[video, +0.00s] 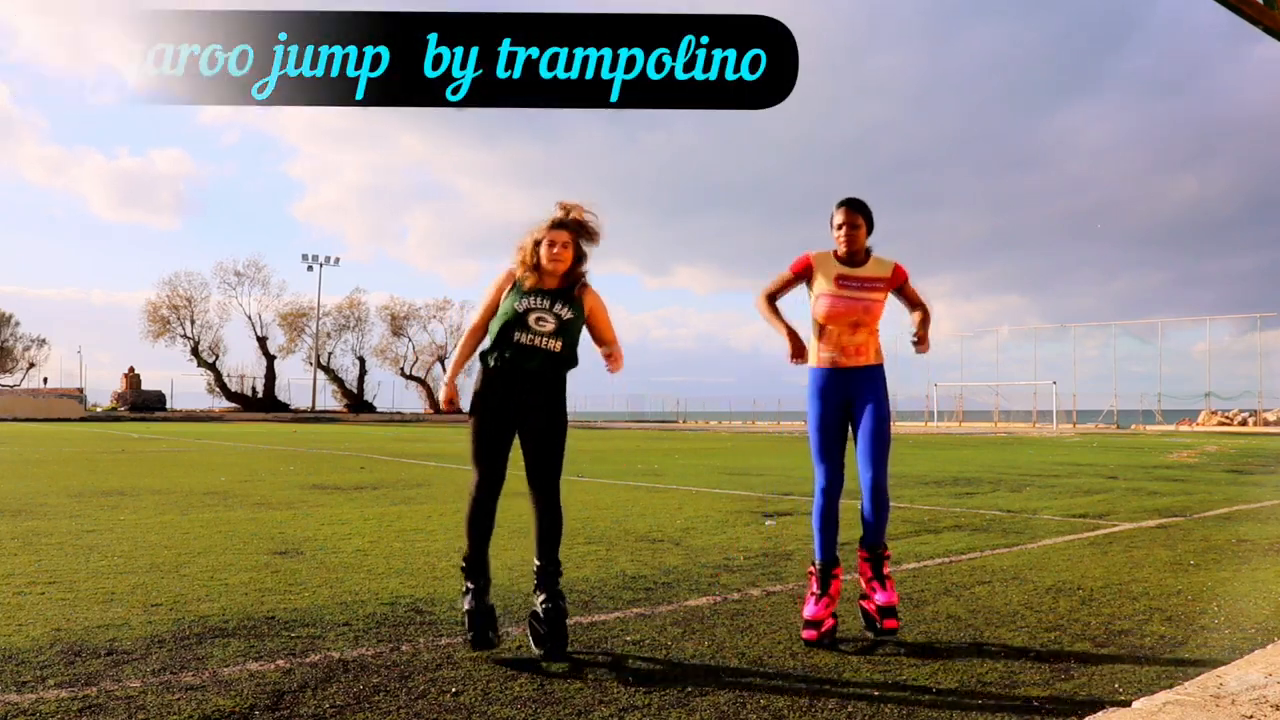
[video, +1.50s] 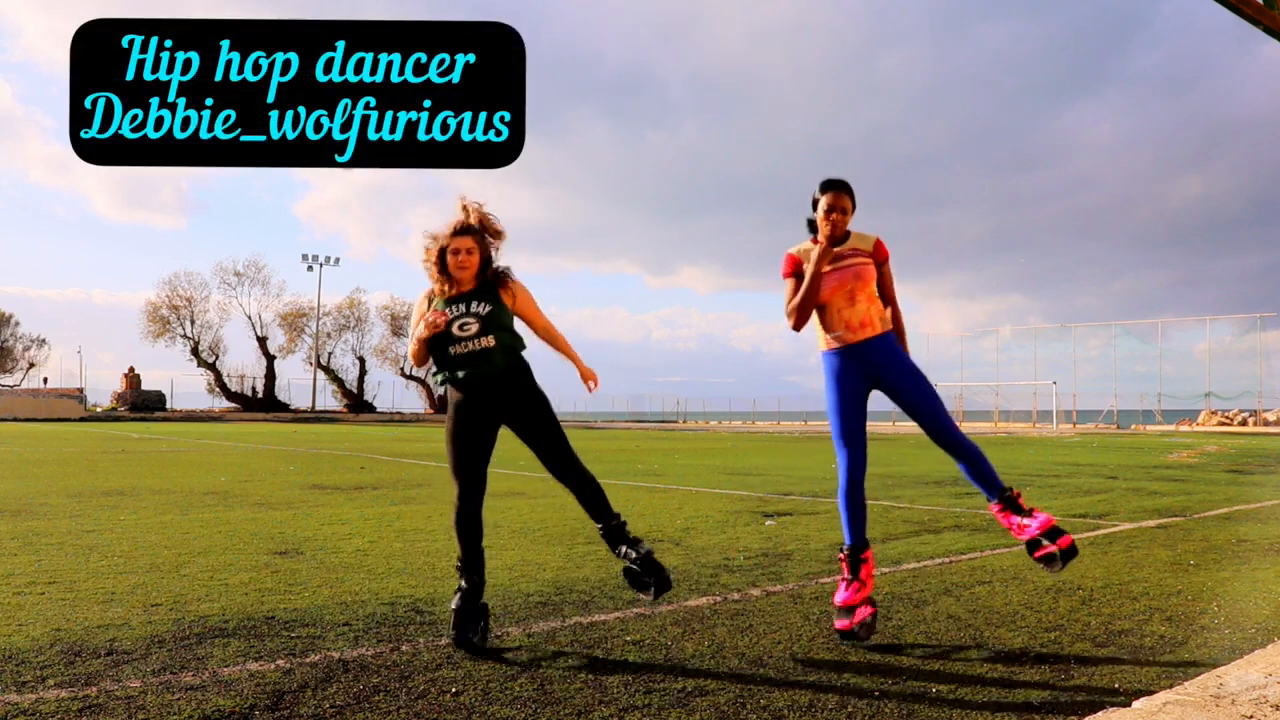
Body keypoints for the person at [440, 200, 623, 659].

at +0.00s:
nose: (555, 250)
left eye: (565, 246)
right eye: (549, 242)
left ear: (576, 254)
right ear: (537, 245)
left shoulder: (584, 297)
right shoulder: (511, 281)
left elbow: (609, 342)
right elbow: (477, 330)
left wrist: (612, 356)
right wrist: (451, 378)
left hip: (545, 402)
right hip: (495, 397)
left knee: (546, 493)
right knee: (487, 485)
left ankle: (548, 592)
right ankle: (475, 587)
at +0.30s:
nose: (569, 283)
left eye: (576, 277)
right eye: (561, 276)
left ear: (586, 284)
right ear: (548, 280)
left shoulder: (594, 333)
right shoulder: (522, 314)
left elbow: (616, 388)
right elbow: (488, 361)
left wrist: (623, 367)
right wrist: (460, 404)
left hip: (557, 430)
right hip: (507, 418)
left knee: (551, 516)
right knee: (456, 493)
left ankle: (538, 607)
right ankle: (400, 576)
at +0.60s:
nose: (567, 271)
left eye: (575, 265)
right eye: (560, 264)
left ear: (586, 272)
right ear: (547, 269)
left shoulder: (595, 317)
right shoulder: (520, 297)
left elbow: (621, 371)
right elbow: (479, 334)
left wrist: (631, 355)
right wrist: (444, 372)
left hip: (551, 414)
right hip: (502, 401)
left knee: (550, 503)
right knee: (449, 473)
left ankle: (544, 596)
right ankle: (384, 556)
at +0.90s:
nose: (526, 267)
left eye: (534, 260)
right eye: (519, 260)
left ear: (547, 263)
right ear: (508, 263)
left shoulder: (564, 309)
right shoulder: (492, 298)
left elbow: (574, 364)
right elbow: (462, 345)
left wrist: (571, 413)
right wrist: (484, 355)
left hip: (545, 413)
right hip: (496, 407)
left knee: (545, 500)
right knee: (468, 489)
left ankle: (546, 595)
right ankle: (454, 586)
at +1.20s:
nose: (475, 286)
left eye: (483, 279)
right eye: (468, 278)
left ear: (496, 283)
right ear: (456, 284)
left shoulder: (517, 322)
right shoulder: (441, 327)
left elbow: (555, 363)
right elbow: (430, 386)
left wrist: (585, 402)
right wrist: (432, 362)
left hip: (524, 421)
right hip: (474, 430)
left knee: (579, 488)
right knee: (478, 517)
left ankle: (635, 559)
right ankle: (488, 604)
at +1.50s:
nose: (461, 258)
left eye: (469, 251)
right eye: (454, 252)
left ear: (482, 257)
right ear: (443, 258)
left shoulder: (505, 289)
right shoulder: (429, 302)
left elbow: (542, 327)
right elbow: (417, 360)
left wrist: (578, 362)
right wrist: (423, 335)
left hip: (517, 390)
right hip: (468, 401)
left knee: (566, 466)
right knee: (467, 495)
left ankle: (623, 544)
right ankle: (470, 589)